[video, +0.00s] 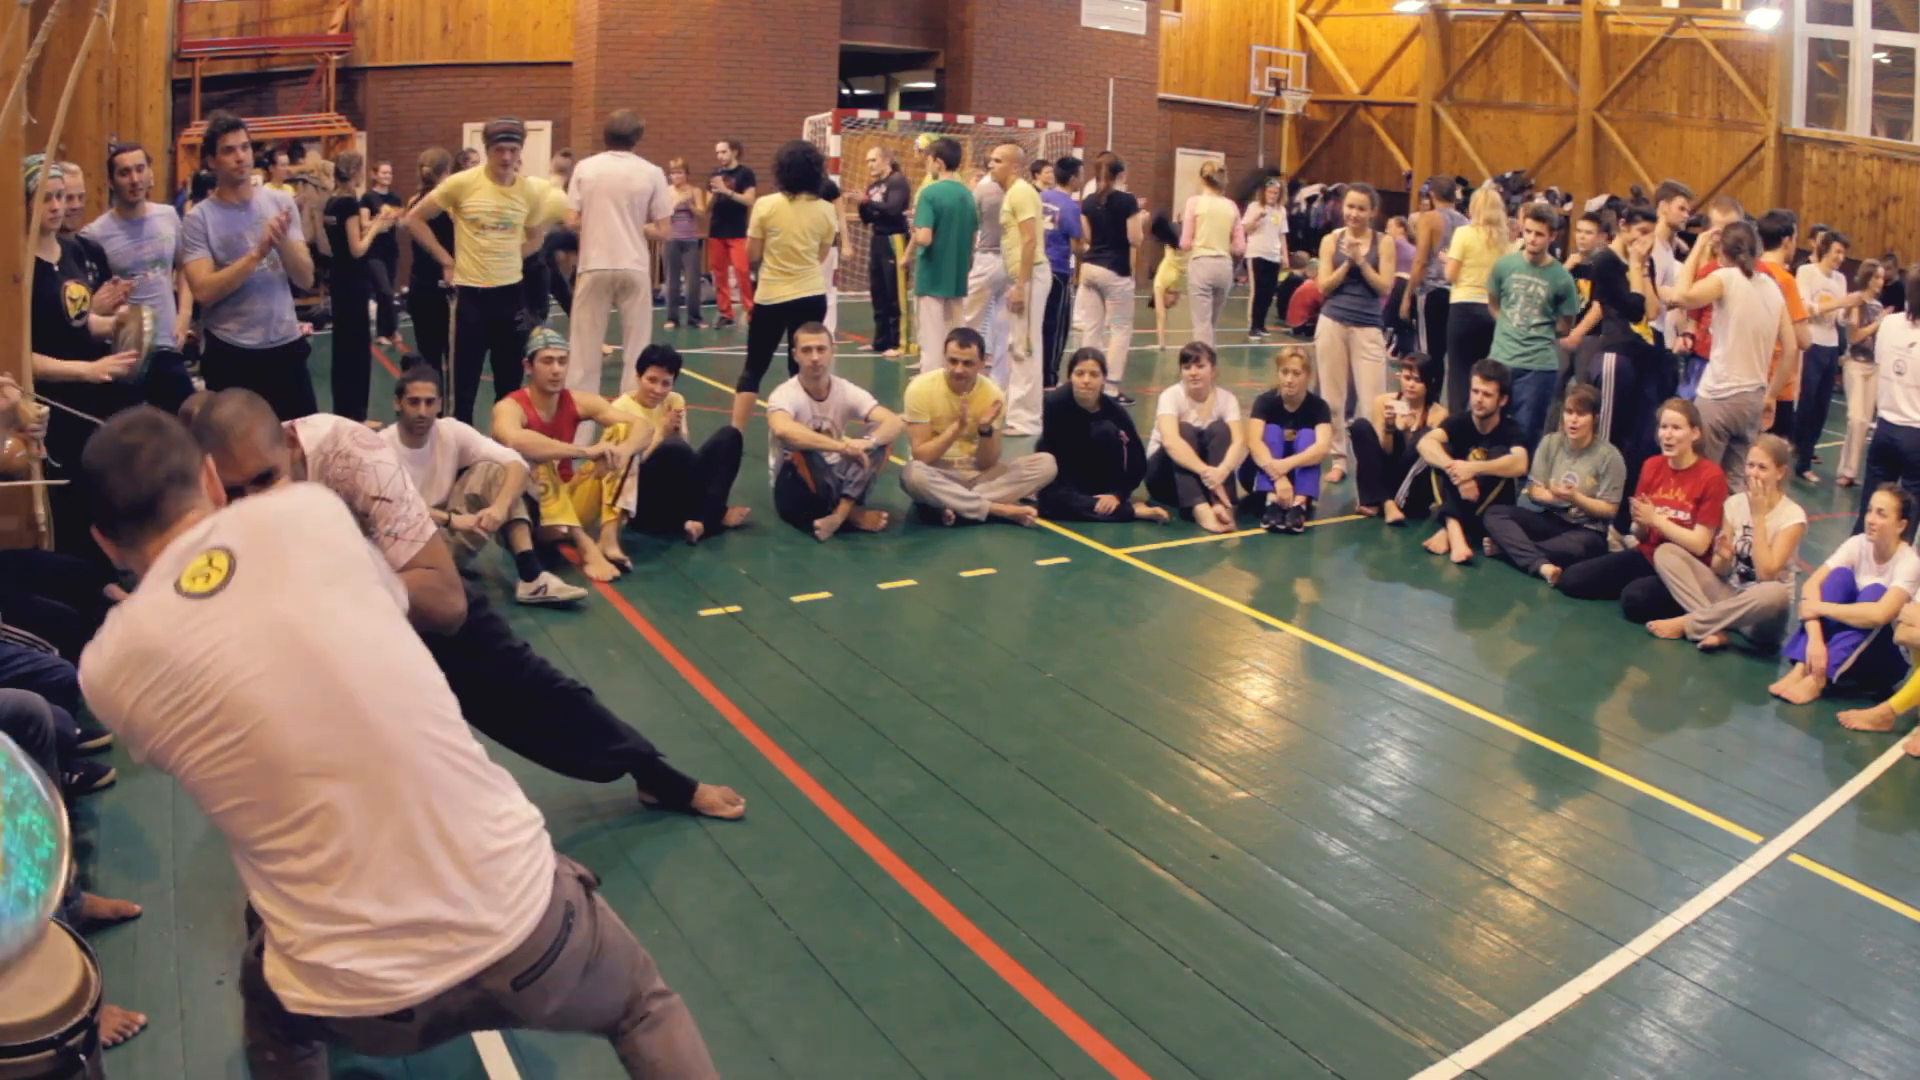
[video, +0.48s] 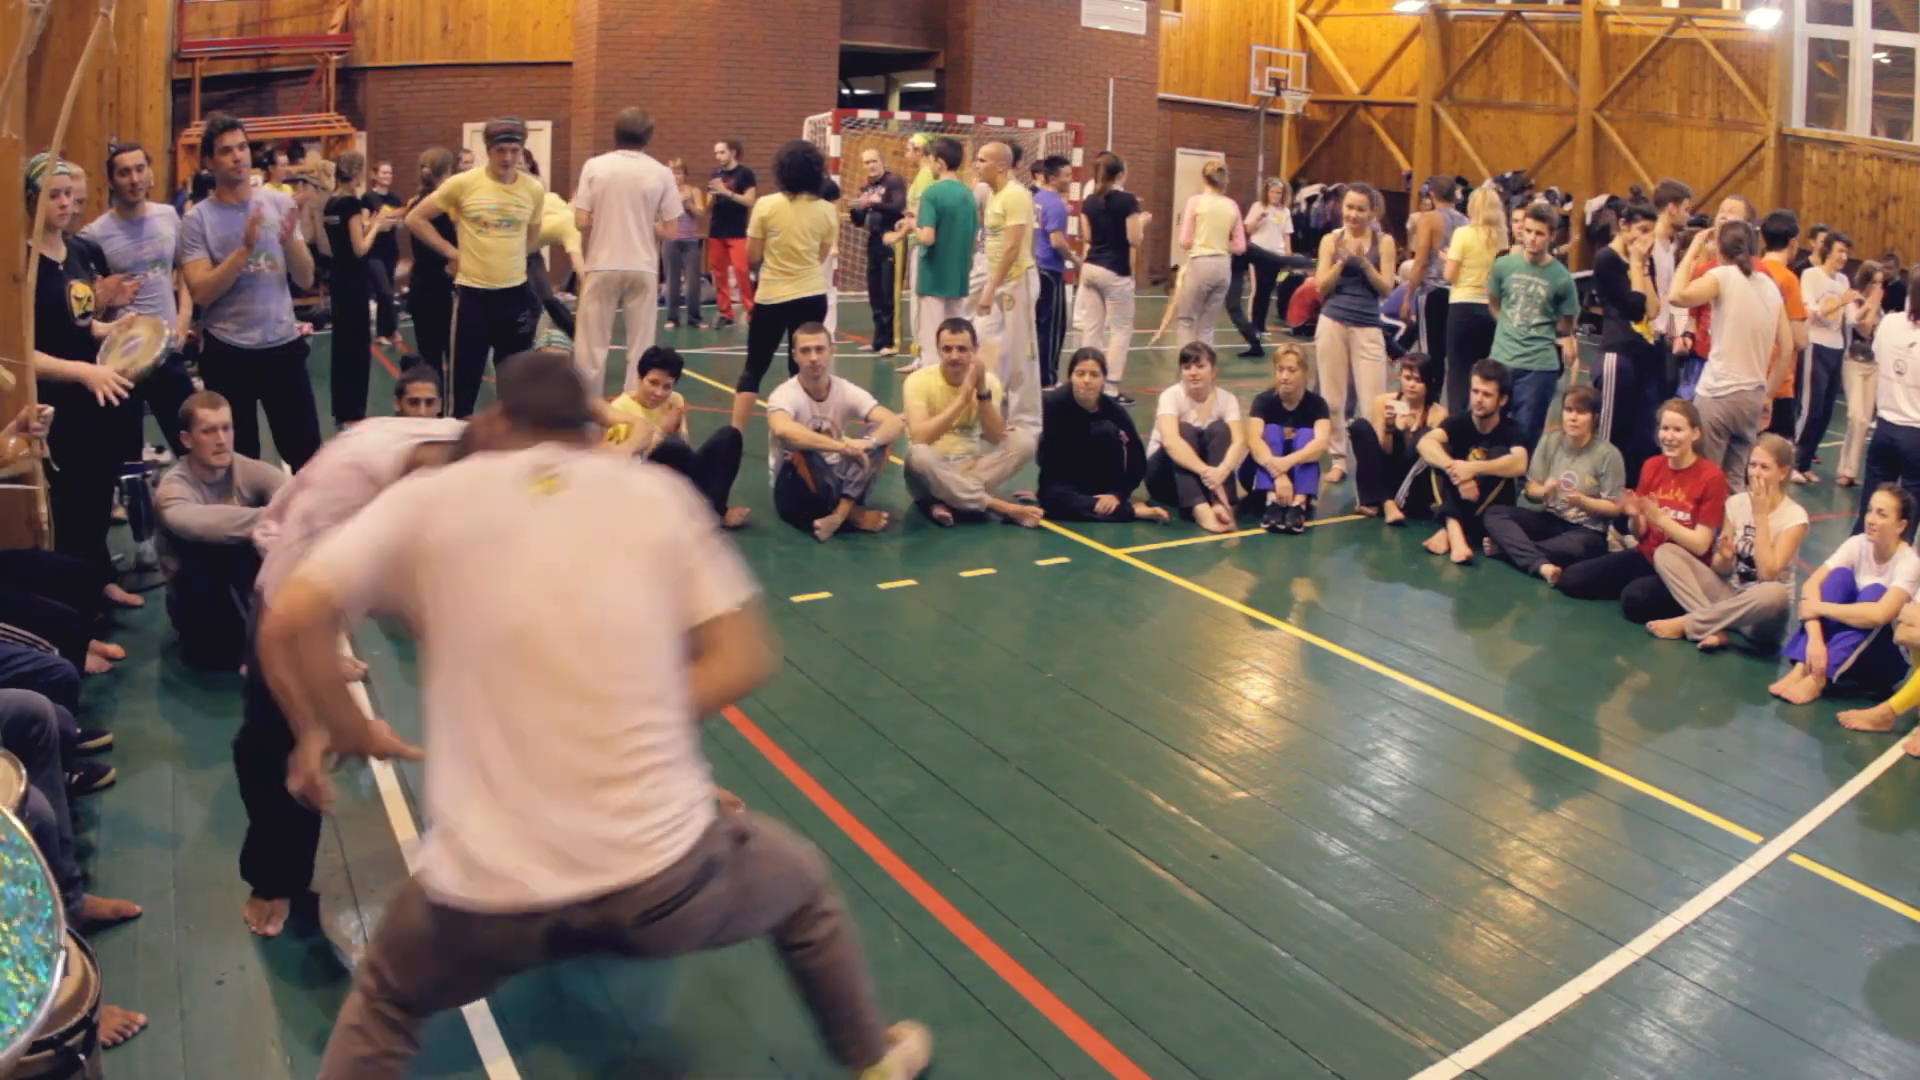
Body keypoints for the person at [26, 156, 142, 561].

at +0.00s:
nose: (57, 206)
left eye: (61, 196)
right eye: (46, 197)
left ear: (68, 199)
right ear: (23, 203)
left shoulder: (76, 252)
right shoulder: (15, 265)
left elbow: (83, 323)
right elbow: (14, 357)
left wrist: (118, 322)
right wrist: (86, 369)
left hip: (97, 401)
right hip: (53, 413)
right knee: (72, 522)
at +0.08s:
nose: (58, 208)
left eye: (63, 198)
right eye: (47, 199)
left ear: (70, 201)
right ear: (24, 205)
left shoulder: (80, 253)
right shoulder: (15, 267)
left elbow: (89, 327)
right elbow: (15, 360)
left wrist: (105, 317)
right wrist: (80, 362)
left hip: (105, 399)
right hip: (56, 410)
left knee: (113, 500)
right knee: (74, 512)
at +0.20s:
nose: (58, 212)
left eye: (64, 203)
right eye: (48, 203)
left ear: (70, 206)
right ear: (26, 207)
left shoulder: (77, 254)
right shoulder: (16, 269)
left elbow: (85, 322)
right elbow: (22, 361)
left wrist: (116, 319)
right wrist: (87, 359)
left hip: (95, 391)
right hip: (54, 402)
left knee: (99, 495)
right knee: (73, 499)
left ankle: (102, 576)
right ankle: (80, 591)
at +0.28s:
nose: (58, 210)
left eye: (64, 201)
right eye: (48, 202)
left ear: (71, 205)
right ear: (27, 205)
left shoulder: (77, 253)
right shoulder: (18, 267)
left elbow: (80, 322)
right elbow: (23, 357)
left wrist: (110, 324)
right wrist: (89, 350)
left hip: (95, 390)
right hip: (55, 401)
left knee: (98, 494)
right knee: (72, 501)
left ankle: (101, 576)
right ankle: (79, 596)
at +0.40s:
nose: (64, 204)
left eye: (70, 195)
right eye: (54, 194)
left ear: (76, 199)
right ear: (30, 199)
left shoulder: (83, 252)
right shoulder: (16, 262)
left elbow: (85, 318)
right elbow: (14, 356)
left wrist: (115, 328)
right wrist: (82, 349)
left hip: (96, 389)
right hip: (51, 397)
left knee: (97, 494)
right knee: (68, 498)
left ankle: (101, 576)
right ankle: (73, 592)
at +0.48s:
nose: (67, 203)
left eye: (74, 194)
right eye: (57, 194)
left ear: (81, 199)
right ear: (33, 198)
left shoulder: (84, 252)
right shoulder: (21, 260)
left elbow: (81, 320)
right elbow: (16, 352)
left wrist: (111, 330)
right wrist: (83, 370)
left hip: (92, 392)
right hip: (51, 398)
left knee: (97, 494)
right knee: (70, 498)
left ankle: (100, 577)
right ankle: (75, 593)